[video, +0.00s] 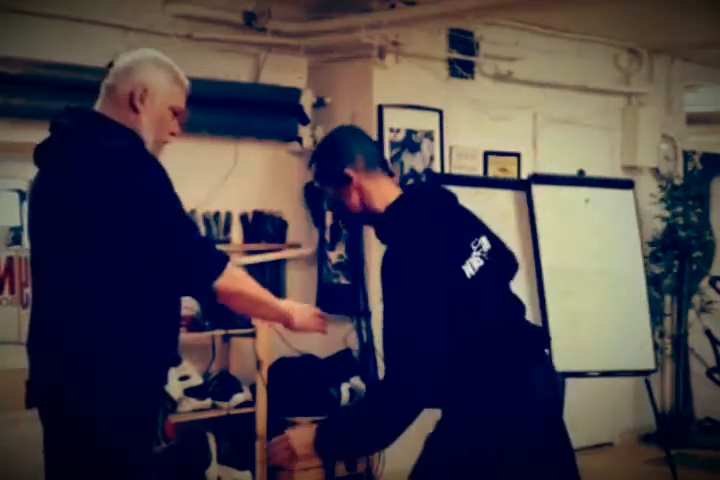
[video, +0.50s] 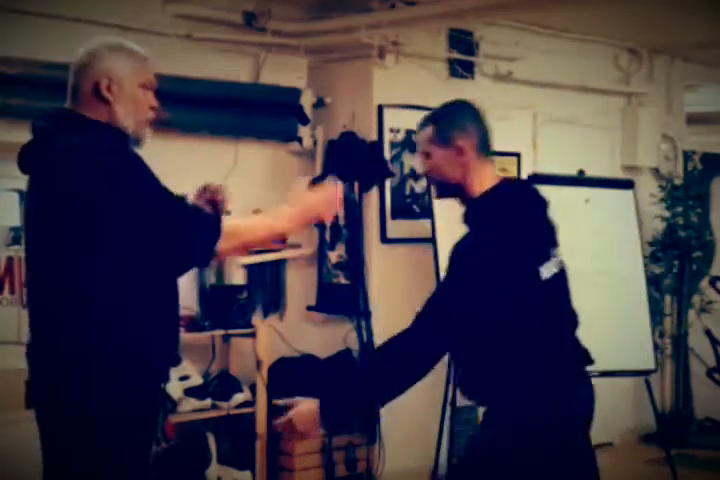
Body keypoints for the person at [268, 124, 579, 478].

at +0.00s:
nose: (336, 210)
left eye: (333, 195)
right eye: (330, 198)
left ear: (353, 179)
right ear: (379, 166)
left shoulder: (407, 248)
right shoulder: (437, 202)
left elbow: (411, 384)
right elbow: (504, 262)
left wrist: (323, 439)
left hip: (483, 405)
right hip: (533, 380)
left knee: (429, 474)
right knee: (555, 475)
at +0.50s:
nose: (422, 169)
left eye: (427, 154)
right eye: (420, 156)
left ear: (462, 148)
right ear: (464, 150)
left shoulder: (490, 235)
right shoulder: (521, 203)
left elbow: (425, 340)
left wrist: (332, 407)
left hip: (525, 408)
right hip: (561, 392)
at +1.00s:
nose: (555, 141)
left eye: (564, 128)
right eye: (553, 131)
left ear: (604, 127)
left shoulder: (640, 192)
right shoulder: (564, 212)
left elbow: (629, 300)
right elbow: (545, 311)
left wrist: (567, 255)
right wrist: (506, 263)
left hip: (615, 374)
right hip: (572, 374)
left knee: (555, 471)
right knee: (605, 470)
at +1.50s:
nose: (470, 148)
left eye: (479, 135)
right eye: (470, 137)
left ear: (520, 137)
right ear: (514, 139)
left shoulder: (534, 199)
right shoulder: (521, 199)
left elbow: (532, 315)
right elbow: (512, 311)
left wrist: (467, 294)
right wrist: (465, 291)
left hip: (543, 394)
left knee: (483, 471)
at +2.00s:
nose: (334, 203)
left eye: (332, 190)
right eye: (326, 193)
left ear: (358, 173)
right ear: (363, 168)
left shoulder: (415, 230)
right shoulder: (422, 207)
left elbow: (397, 371)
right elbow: (425, 293)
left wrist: (285, 398)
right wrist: (378, 308)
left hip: (475, 401)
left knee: (415, 473)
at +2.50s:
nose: (442, 163)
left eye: (448, 150)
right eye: (441, 151)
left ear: (485, 147)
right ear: (484, 148)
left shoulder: (510, 219)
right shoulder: (519, 207)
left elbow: (443, 324)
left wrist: (349, 388)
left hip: (524, 403)